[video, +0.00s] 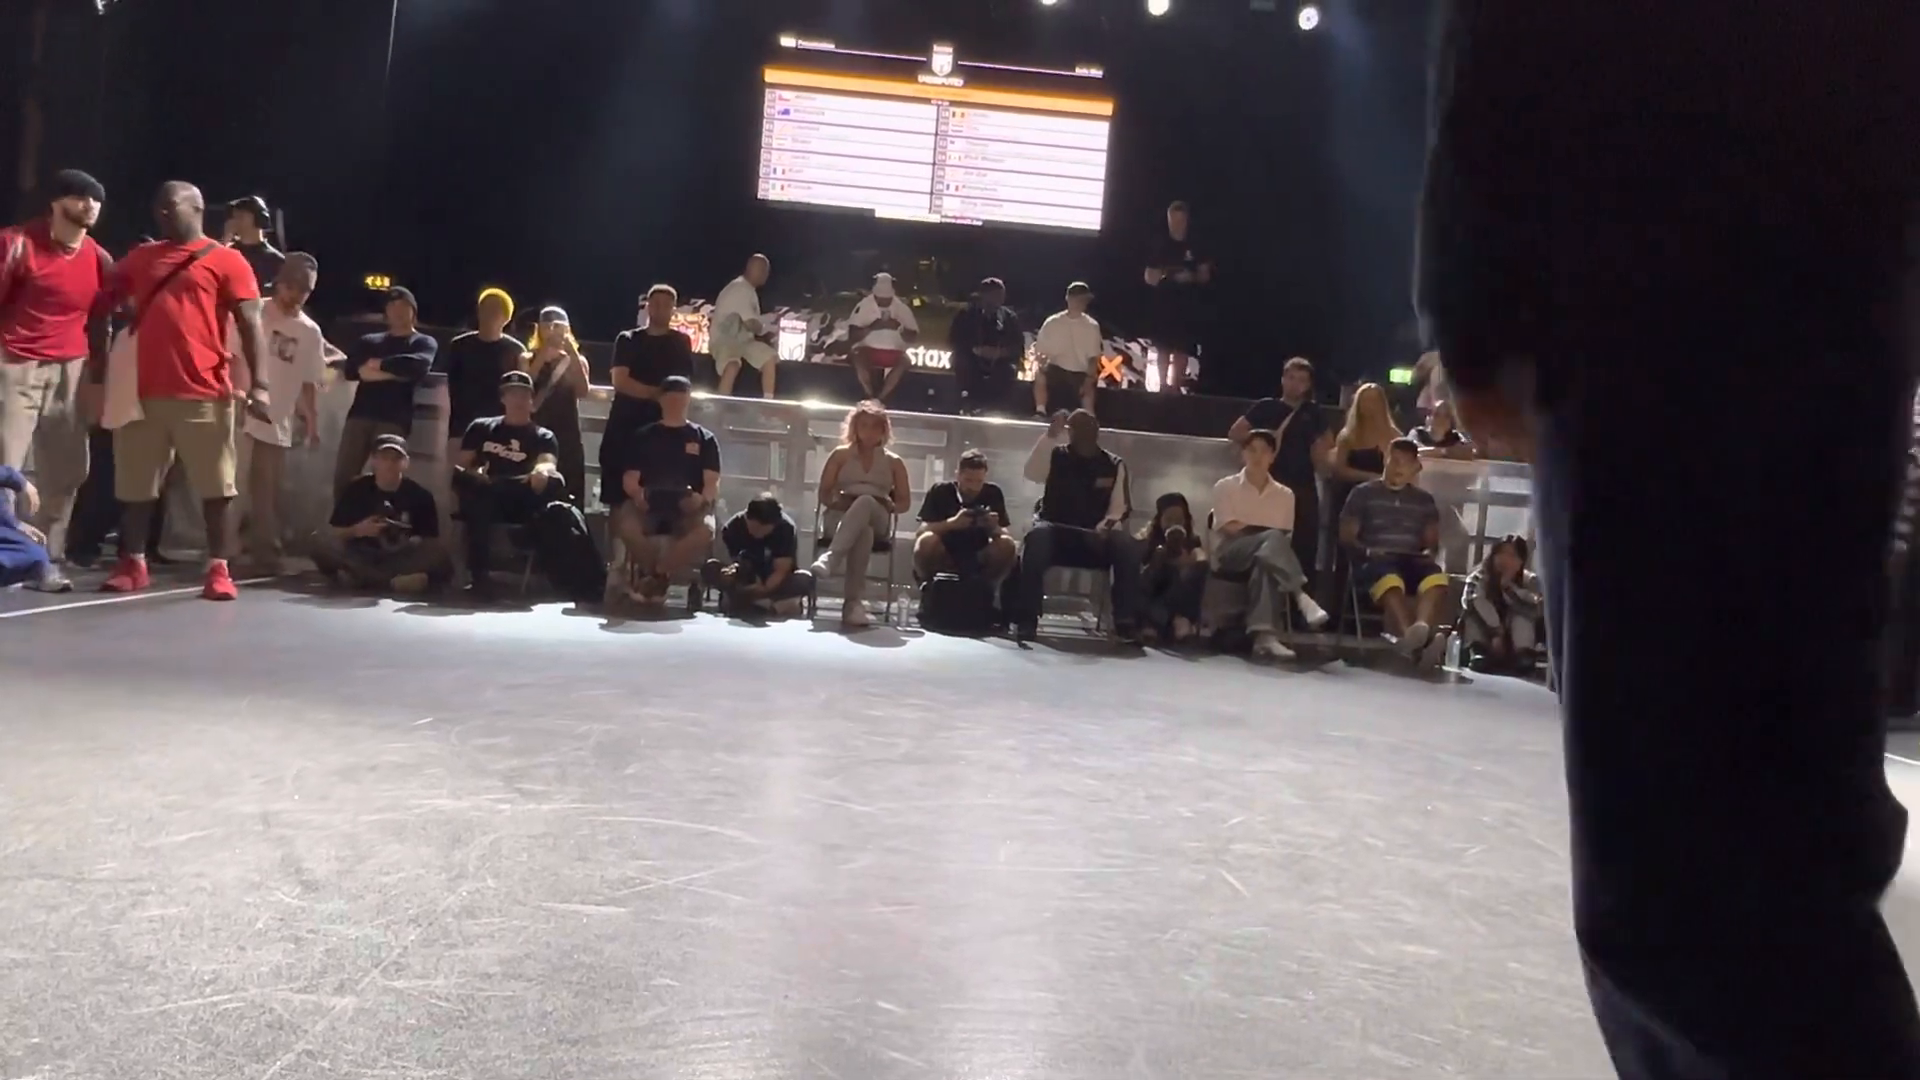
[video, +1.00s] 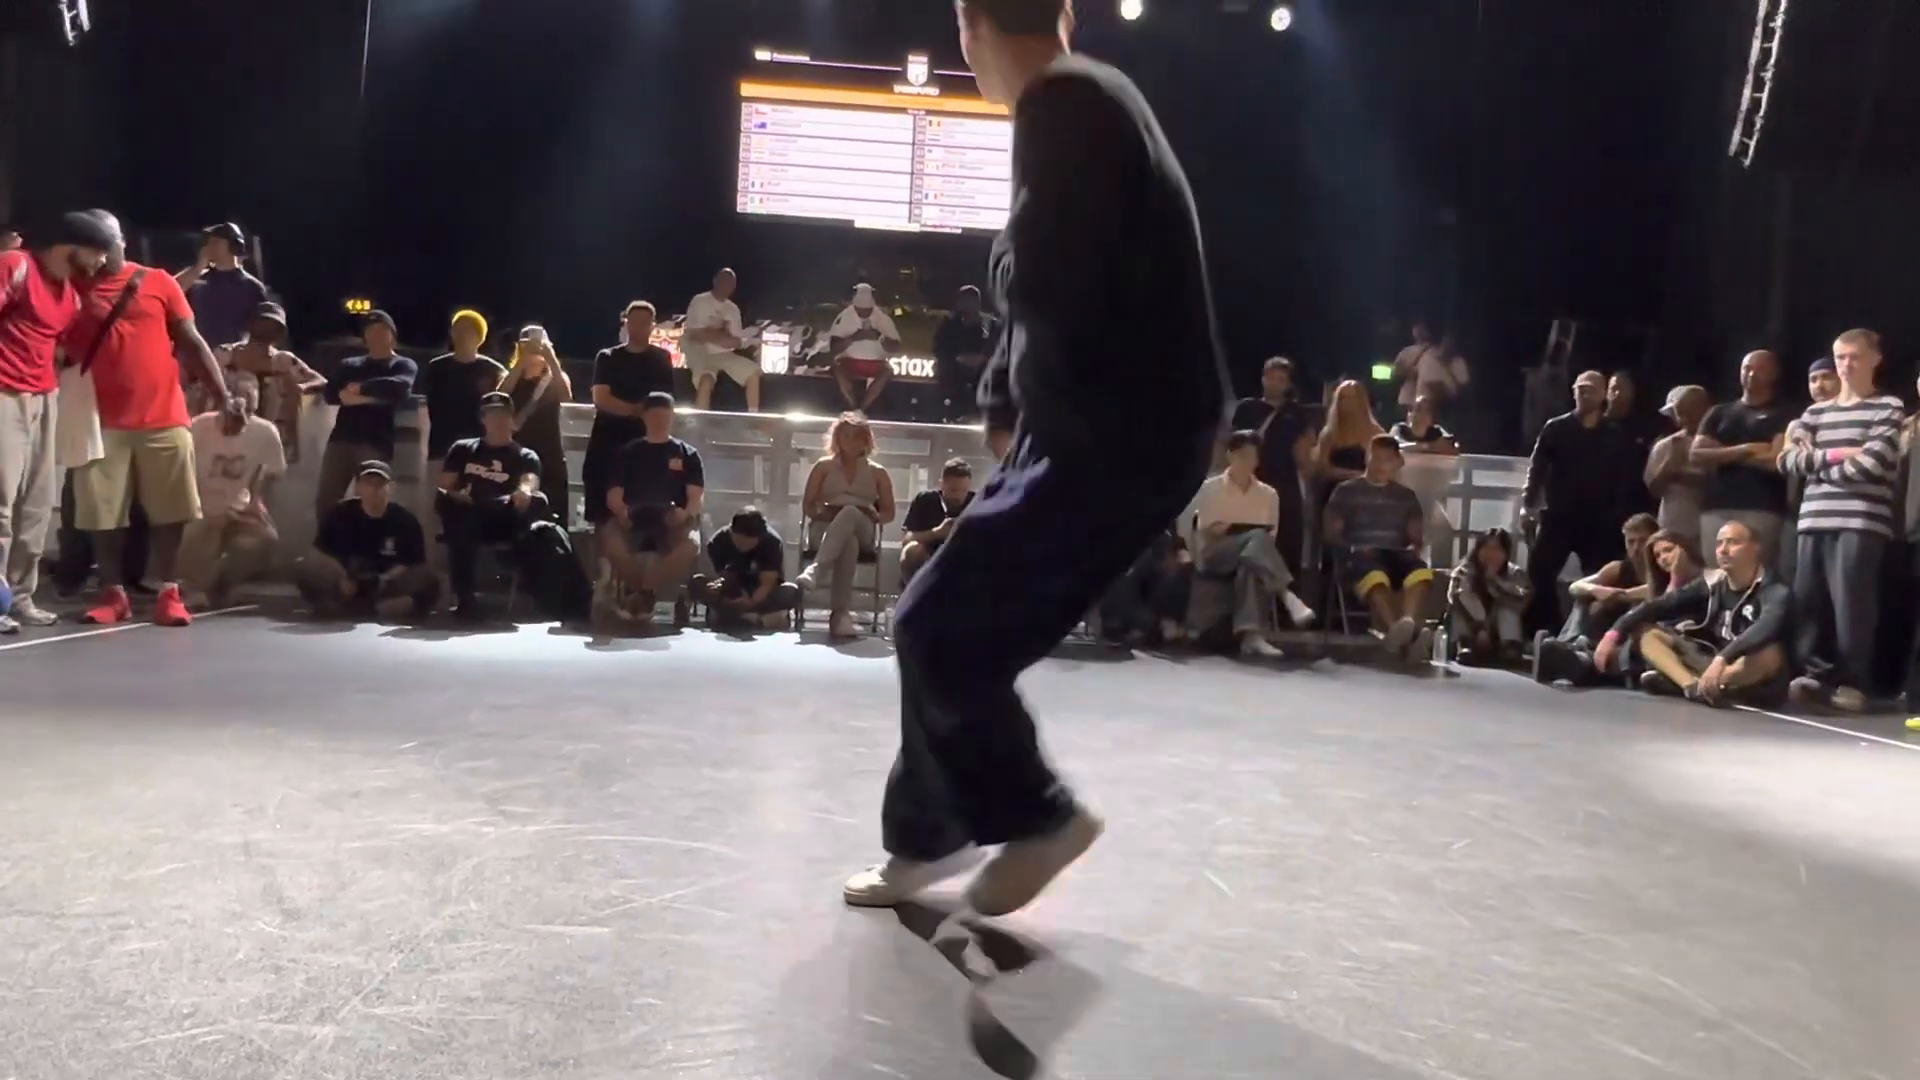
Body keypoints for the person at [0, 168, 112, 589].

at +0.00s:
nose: (91, 205)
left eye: (96, 198)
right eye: (82, 196)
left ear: (98, 207)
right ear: (57, 201)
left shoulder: (99, 259)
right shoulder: (18, 244)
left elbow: (102, 322)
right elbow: (4, 299)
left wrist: (100, 378)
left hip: (71, 370)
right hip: (17, 367)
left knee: (67, 465)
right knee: (9, 463)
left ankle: (51, 559)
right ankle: (8, 558)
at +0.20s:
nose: (95, 211)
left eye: (98, 205)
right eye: (86, 203)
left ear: (98, 212)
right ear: (60, 205)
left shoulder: (98, 262)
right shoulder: (19, 245)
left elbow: (104, 319)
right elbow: (3, 297)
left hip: (69, 373)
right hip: (15, 368)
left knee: (62, 469)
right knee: (8, 467)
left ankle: (43, 562)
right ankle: (4, 562)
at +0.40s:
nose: (101, 227)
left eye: (102, 220)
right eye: (94, 220)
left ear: (79, 221)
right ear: (66, 216)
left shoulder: (87, 267)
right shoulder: (18, 250)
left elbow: (107, 320)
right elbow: (4, 301)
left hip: (63, 376)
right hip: (14, 374)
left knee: (55, 478)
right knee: (10, 474)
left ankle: (41, 571)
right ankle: (6, 573)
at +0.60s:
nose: (89, 243)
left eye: (92, 236)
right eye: (84, 233)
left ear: (68, 229)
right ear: (58, 223)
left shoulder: (73, 272)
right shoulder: (14, 250)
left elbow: (66, 322)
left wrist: (70, 337)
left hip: (52, 380)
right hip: (10, 380)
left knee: (47, 485)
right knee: (6, 486)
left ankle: (32, 579)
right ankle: (4, 582)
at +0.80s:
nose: (88, 256)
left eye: (92, 249)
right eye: (85, 246)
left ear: (69, 238)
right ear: (62, 233)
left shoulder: (68, 279)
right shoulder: (14, 256)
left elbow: (56, 335)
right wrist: (4, 361)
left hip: (43, 384)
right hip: (10, 383)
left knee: (35, 487)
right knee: (7, 486)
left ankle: (19, 582)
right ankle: (4, 584)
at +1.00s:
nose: (94, 267)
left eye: (98, 260)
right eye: (90, 258)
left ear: (73, 253)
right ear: (65, 246)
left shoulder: (71, 295)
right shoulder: (16, 267)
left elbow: (60, 348)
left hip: (44, 398)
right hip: (8, 396)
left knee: (38, 503)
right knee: (6, 502)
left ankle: (21, 597)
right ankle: (3, 599)